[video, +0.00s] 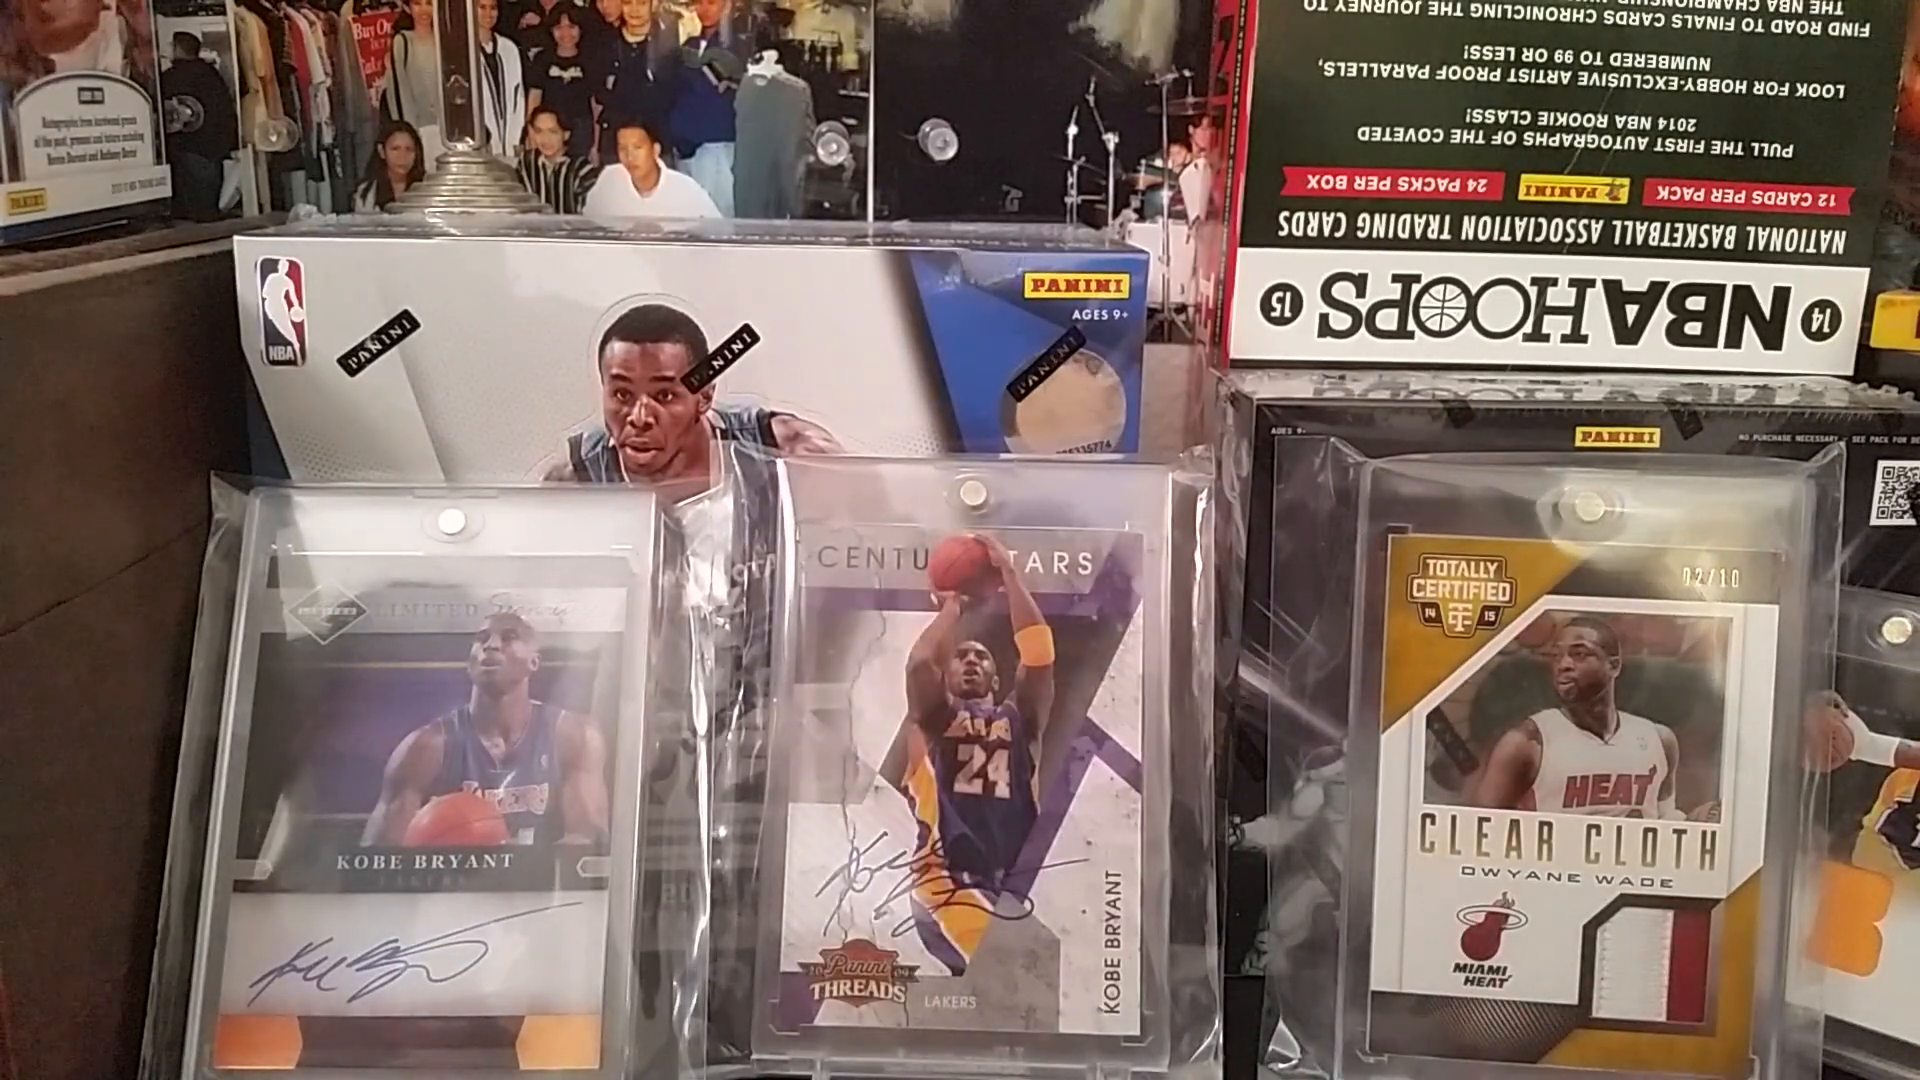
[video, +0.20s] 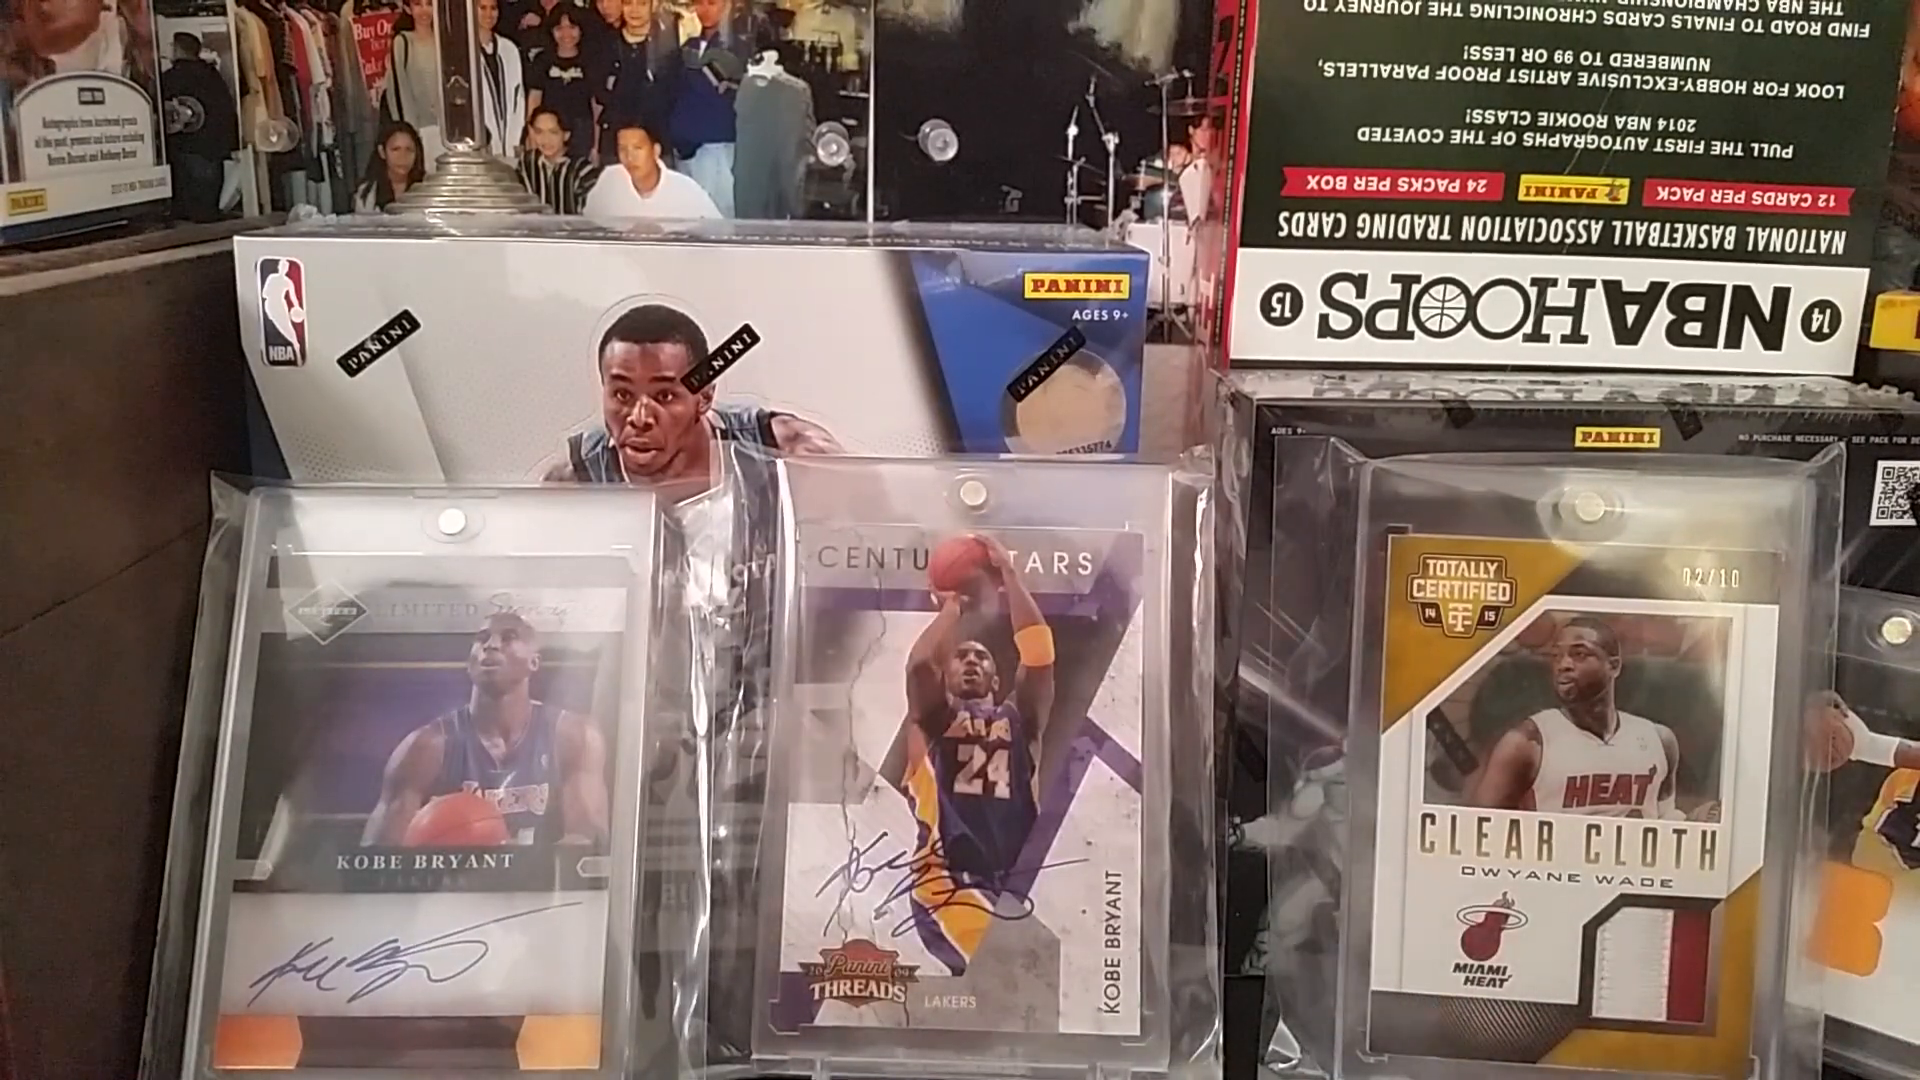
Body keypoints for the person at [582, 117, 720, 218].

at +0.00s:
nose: (630, 157)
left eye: (638, 148)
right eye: (623, 149)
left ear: (656, 150)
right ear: (617, 153)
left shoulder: (685, 188)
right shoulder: (610, 178)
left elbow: (719, 232)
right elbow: (586, 224)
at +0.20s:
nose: (630, 158)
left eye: (638, 149)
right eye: (623, 150)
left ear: (656, 151)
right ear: (617, 153)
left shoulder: (685, 188)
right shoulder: (610, 179)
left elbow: (720, 233)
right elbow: (586, 226)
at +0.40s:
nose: (630, 158)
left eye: (638, 148)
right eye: (623, 150)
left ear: (656, 151)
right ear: (618, 153)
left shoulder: (685, 188)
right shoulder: (610, 179)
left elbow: (720, 232)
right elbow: (587, 225)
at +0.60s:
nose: (631, 158)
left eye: (638, 149)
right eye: (624, 150)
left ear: (656, 151)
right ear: (618, 154)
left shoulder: (686, 188)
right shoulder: (610, 179)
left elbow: (719, 232)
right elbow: (587, 225)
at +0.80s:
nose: (630, 158)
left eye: (638, 148)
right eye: (624, 150)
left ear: (656, 151)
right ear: (618, 154)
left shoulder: (685, 188)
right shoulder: (610, 179)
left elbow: (719, 232)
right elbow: (586, 225)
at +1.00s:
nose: (630, 158)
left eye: (638, 148)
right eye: (624, 150)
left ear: (656, 151)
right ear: (618, 154)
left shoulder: (685, 188)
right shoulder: (610, 179)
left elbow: (720, 232)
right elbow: (586, 226)